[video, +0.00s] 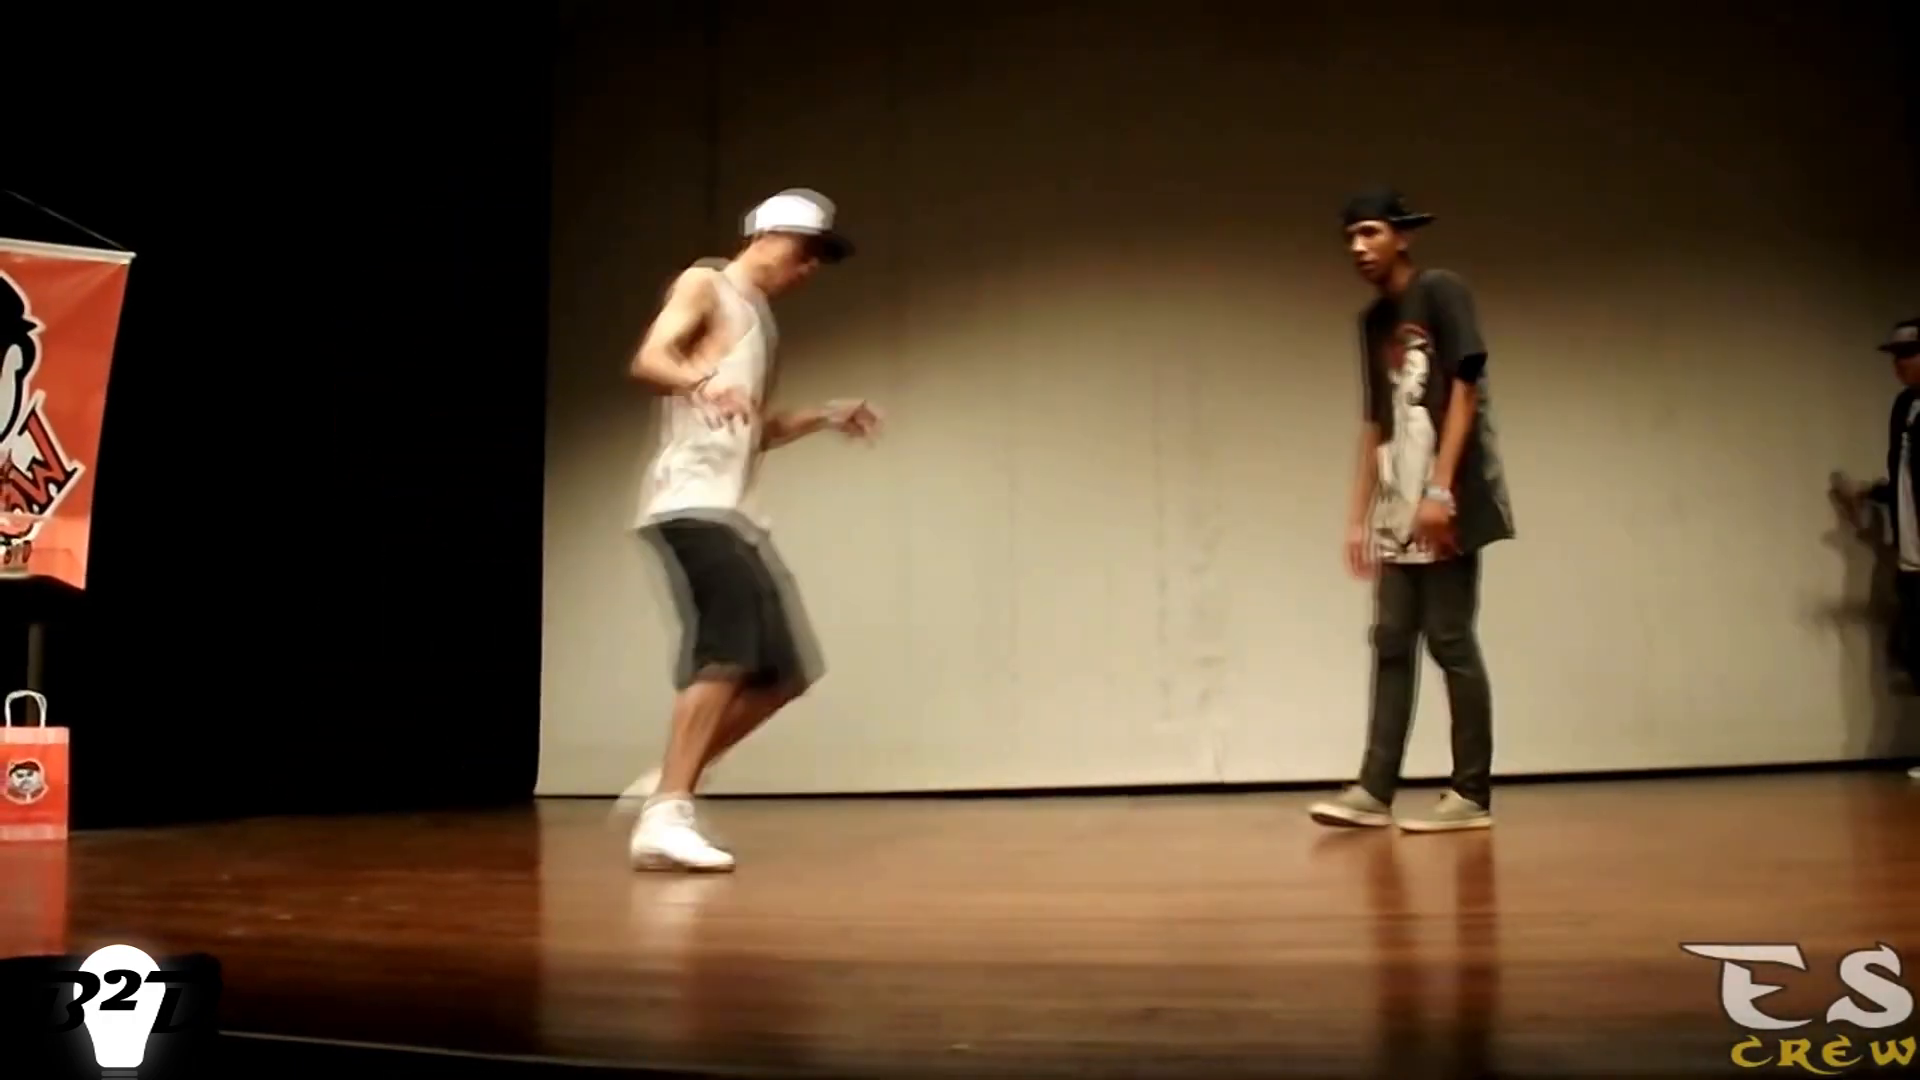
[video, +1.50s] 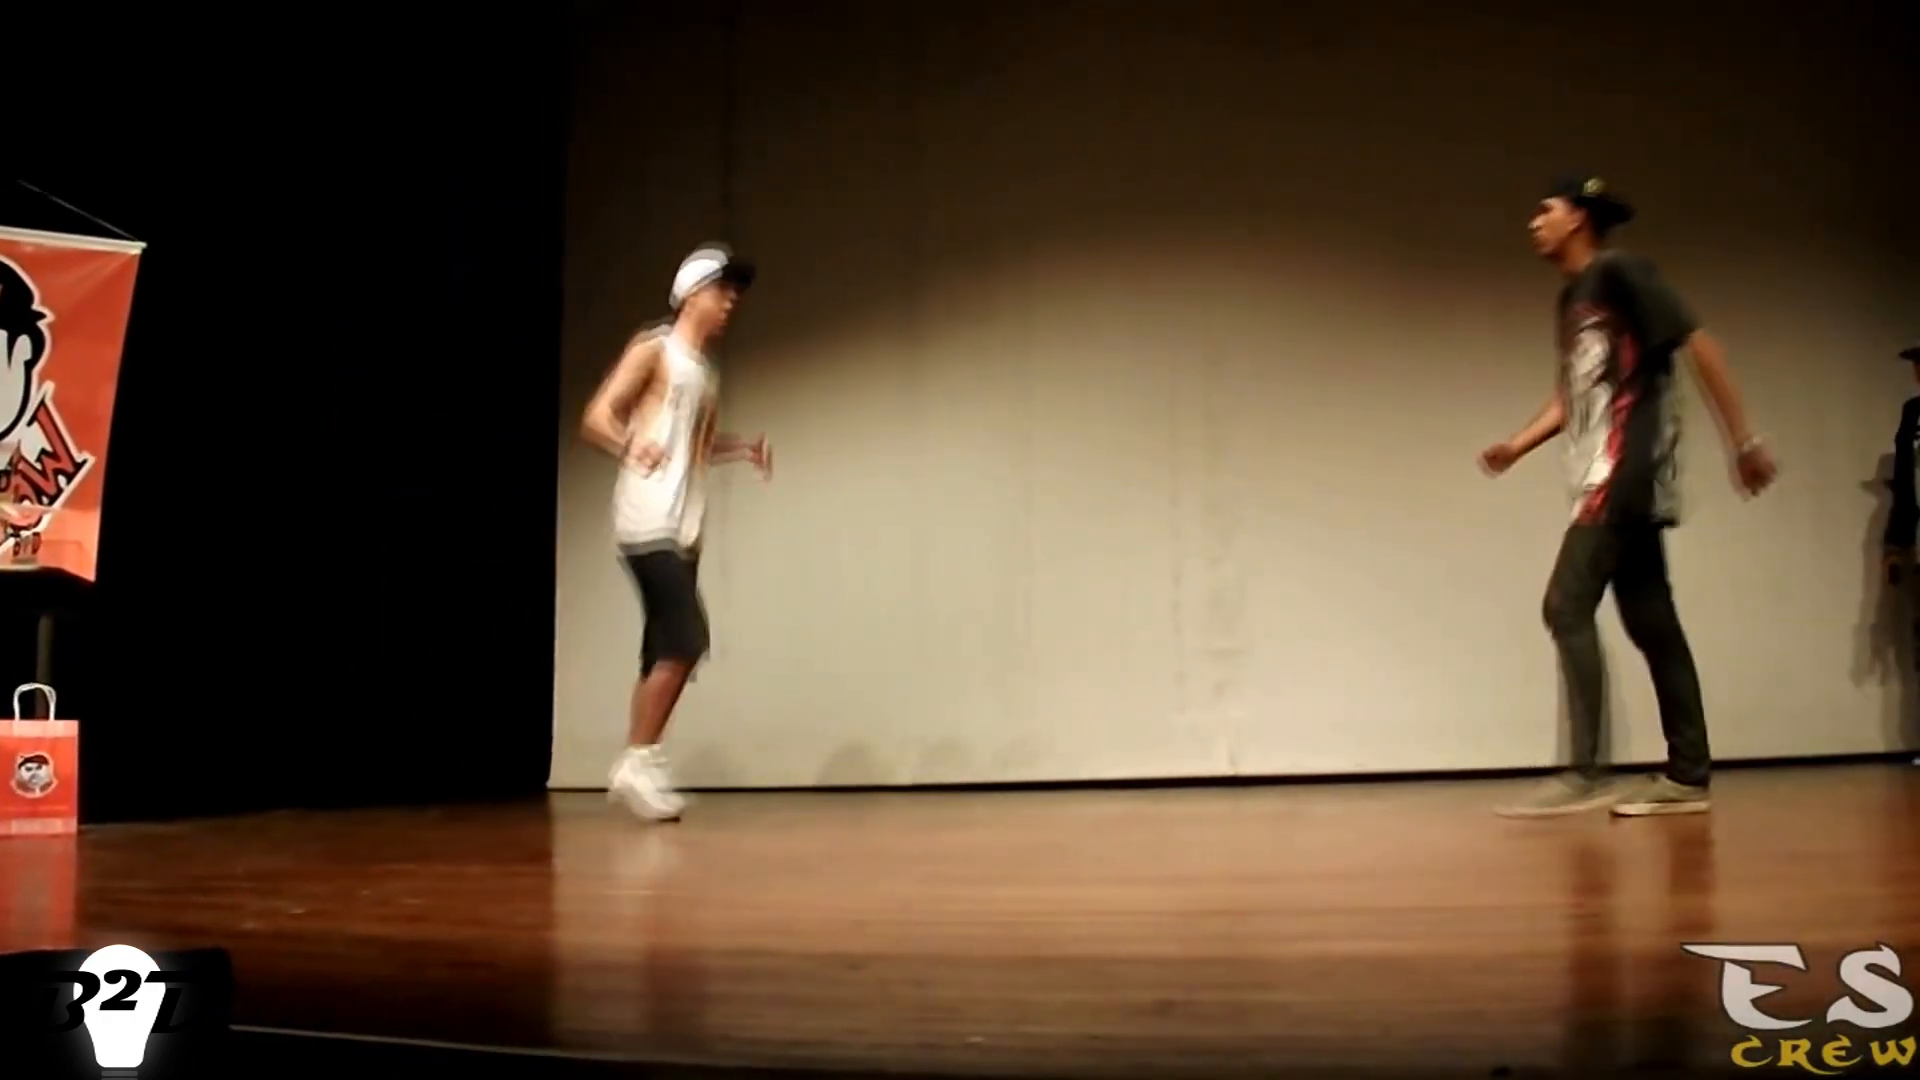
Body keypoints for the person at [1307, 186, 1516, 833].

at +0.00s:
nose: (1359, 247)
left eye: (1370, 233)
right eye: (1352, 238)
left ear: (1402, 237)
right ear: (1352, 248)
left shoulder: (1441, 293)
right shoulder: (1372, 321)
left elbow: (1464, 393)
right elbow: (1375, 425)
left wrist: (1441, 491)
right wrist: (1359, 519)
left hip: (1451, 502)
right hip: (1398, 506)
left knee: (1451, 641)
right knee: (1391, 641)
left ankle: (1471, 794)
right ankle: (1375, 790)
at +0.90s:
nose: (1414, 221)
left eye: (1426, 208)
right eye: (1415, 210)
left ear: (1464, 214)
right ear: (1443, 221)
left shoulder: (1505, 271)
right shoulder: (1459, 292)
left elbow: (1525, 354)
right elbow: (1465, 399)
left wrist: (1494, 432)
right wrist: (1449, 498)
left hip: (1515, 488)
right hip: (1469, 492)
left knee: (1528, 630)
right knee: (1440, 624)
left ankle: (1552, 790)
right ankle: (1451, 788)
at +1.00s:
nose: (1435, 214)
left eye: (1447, 203)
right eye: (1438, 204)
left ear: (1484, 209)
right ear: (1473, 213)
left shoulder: (1524, 268)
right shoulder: (1484, 285)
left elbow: (1537, 353)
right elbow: (1498, 382)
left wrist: (1502, 431)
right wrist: (1488, 461)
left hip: (1534, 481)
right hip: (1492, 481)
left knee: (1541, 629)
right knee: (1455, 619)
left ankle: (1553, 793)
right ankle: (1532, 761)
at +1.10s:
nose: (1458, 211)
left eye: (1470, 200)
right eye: (1460, 201)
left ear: (1505, 208)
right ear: (1494, 211)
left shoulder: (1543, 269)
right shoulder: (1503, 283)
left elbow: (1563, 364)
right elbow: (1504, 398)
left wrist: (1541, 453)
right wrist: (1488, 497)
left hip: (1544, 488)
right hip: (1507, 491)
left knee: (1547, 629)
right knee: (1499, 627)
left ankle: (1551, 791)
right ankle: (1607, 737)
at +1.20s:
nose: (1481, 213)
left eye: (1493, 202)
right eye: (1483, 203)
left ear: (1529, 211)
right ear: (1517, 216)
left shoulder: (1564, 271)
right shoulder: (1527, 286)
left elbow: (1600, 369)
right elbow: (1526, 403)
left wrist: (1595, 471)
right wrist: (1503, 488)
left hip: (1561, 488)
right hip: (1534, 491)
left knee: (1556, 630)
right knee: (1555, 628)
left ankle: (1550, 791)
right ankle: (1663, 754)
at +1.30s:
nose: (1501, 217)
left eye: (1512, 206)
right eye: (1505, 206)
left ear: (1545, 217)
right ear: (1537, 218)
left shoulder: (1582, 276)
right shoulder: (1543, 290)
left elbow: (1637, 366)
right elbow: (1534, 403)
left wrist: (1662, 471)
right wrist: (1500, 481)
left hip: (1579, 493)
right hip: (1561, 493)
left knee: (1562, 631)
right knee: (1608, 628)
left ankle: (1549, 792)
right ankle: (1684, 770)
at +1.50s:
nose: (1534, 223)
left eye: (1546, 212)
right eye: (1537, 213)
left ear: (1582, 220)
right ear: (1571, 224)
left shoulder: (1625, 274)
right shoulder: (1573, 296)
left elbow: (1699, 347)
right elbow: (1569, 398)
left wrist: (1742, 442)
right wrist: (1515, 446)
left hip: (1625, 481)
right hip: (1612, 483)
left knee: (1566, 608)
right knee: (1654, 624)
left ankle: (1583, 776)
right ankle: (1689, 776)